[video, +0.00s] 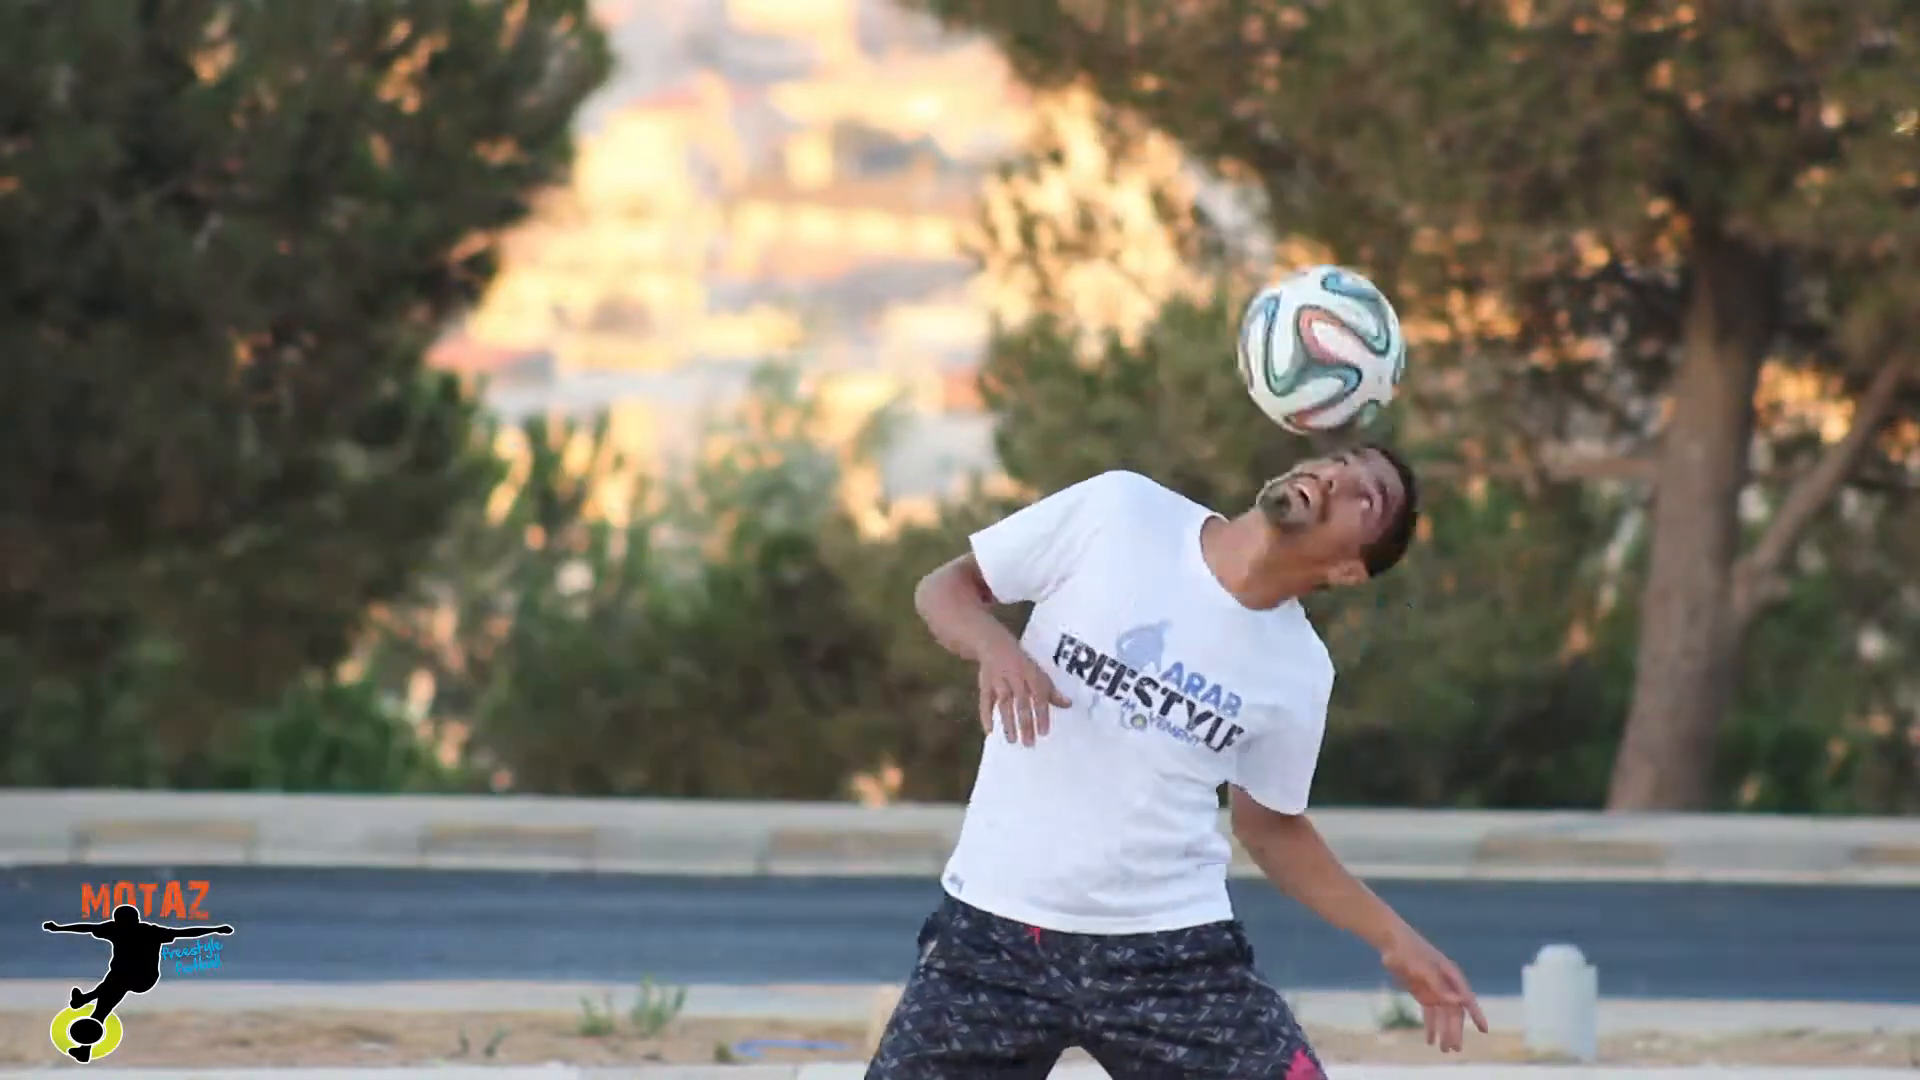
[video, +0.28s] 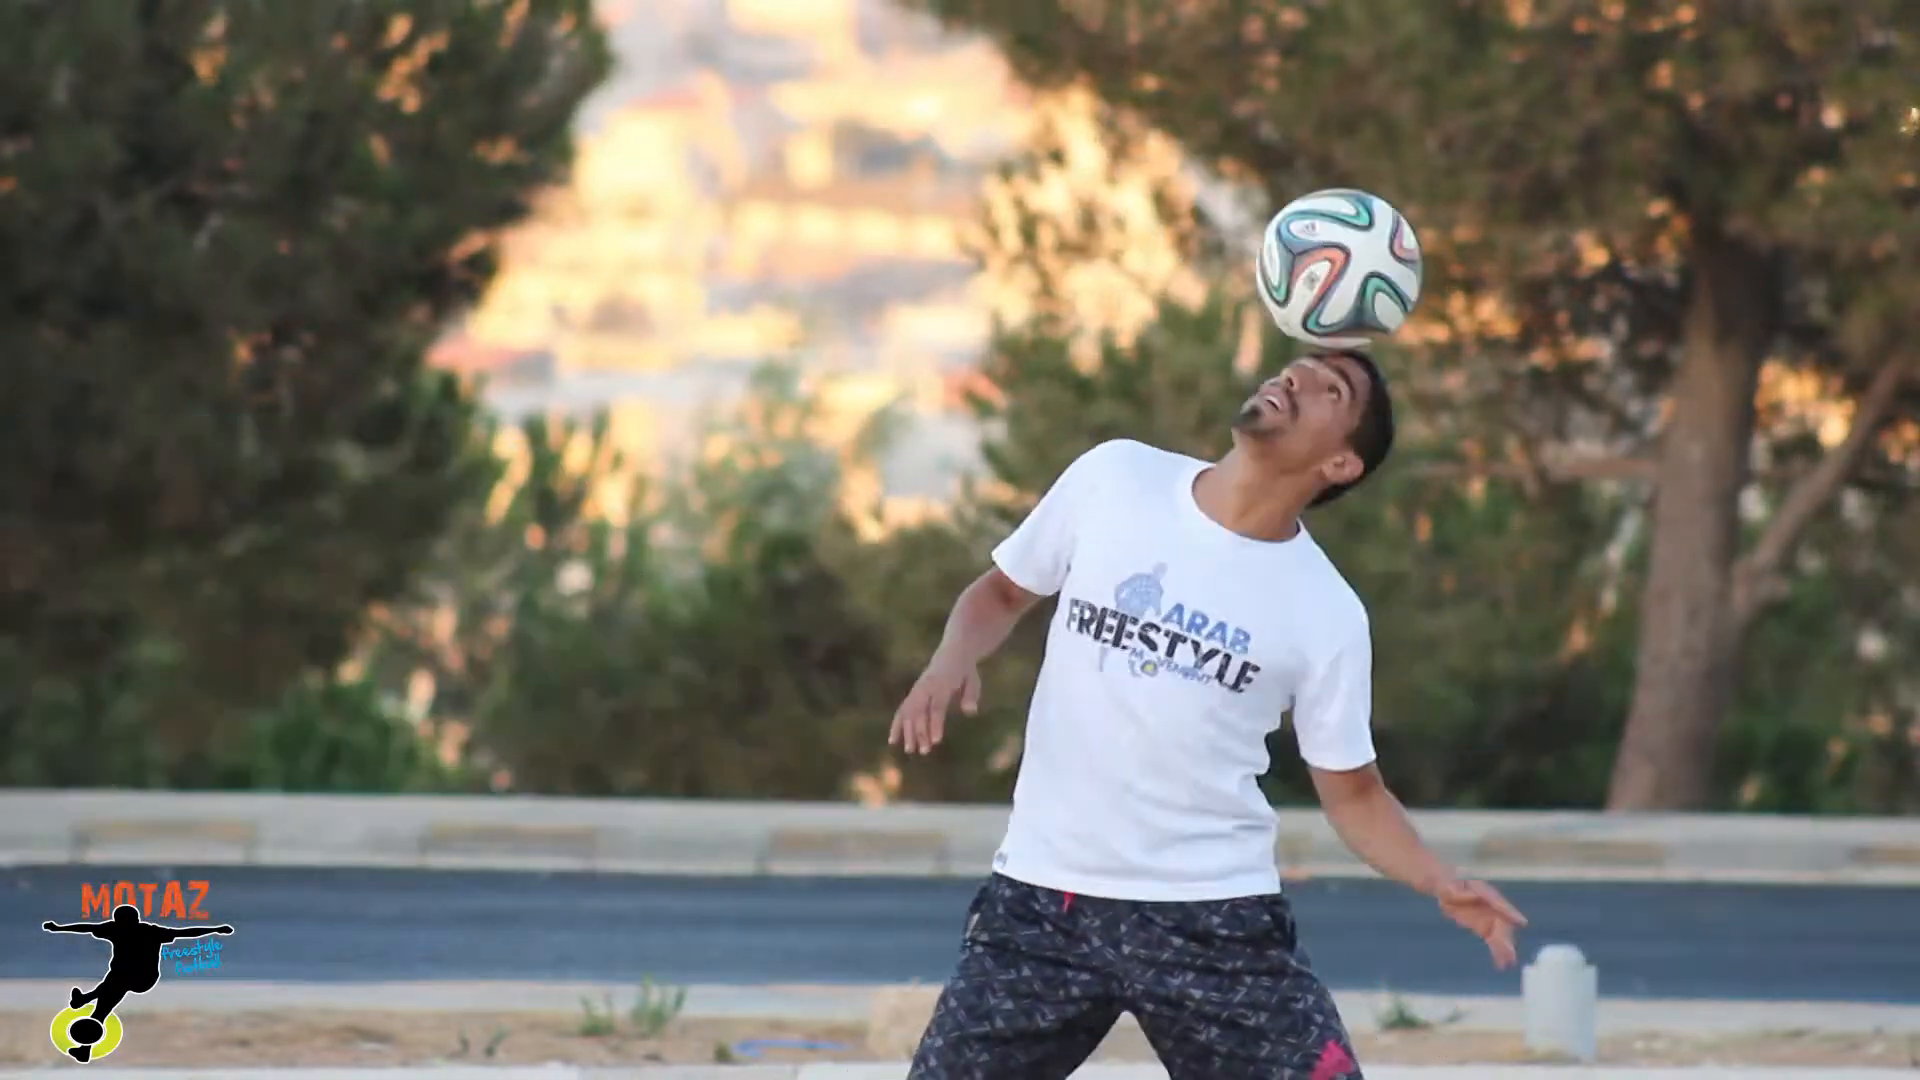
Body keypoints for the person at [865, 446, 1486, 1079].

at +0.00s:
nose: (1331, 474)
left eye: (1365, 494)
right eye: (1338, 461)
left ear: (1347, 570)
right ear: (1291, 474)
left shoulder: (1298, 672)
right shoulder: (1115, 508)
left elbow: (1270, 823)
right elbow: (942, 589)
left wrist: (1394, 940)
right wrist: (993, 643)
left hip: (1174, 967)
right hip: (987, 947)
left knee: (1296, 1072)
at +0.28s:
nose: (1293, 376)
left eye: (1332, 388)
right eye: (1298, 366)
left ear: (1342, 466)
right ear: (1257, 395)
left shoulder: (1326, 615)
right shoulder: (1111, 476)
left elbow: (1354, 792)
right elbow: (1006, 588)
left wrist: (1440, 880)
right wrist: (954, 653)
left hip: (1215, 933)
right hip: (1039, 913)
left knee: (1325, 1073)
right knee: (944, 1072)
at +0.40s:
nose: (1250, 309)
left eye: (1285, 307)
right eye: (1237, 303)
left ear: (1318, 379)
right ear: (1210, 351)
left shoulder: (1357, 520)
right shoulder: (1117, 479)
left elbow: (1428, 704)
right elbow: (1052, 635)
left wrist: (1423, 728)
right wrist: (976, 676)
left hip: (1287, 897)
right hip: (1113, 891)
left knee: (1382, 1069)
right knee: (1034, 1068)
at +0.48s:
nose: (1244, 316)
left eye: (1278, 314)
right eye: (1229, 312)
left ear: (1312, 382)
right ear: (1199, 369)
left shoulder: (1361, 521)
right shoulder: (1121, 497)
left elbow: (1459, 725)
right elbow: (1077, 666)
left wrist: (1417, 687)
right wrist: (994, 702)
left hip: (1312, 907)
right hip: (1141, 908)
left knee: (1411, 1069)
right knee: (1066, 1069)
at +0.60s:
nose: (1212, 393)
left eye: (1240, 379)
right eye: (1194, 398)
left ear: (1301, 419)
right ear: (1201, 471)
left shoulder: (1411, 547)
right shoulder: (1175, 583)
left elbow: (1535, 728)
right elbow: (1151, 760)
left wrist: (1438, 663)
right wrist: (1064, 788)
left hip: (1381, 966)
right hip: (1204, 962)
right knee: (1080, 1074)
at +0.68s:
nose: (1200, 470)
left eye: (1219, 447)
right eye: (1184, 478)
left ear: (1288, 455)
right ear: (1200, 529)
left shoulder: (1441, 554)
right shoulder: (1224, 638)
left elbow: (1596, 707)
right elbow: (1218, 822)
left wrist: (1479, 674)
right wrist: (1108, 840)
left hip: (1438, 999)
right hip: (1253, 993)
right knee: (1127, 1072)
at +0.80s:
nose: (1218, 482)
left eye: (1222, 463)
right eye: (1206, 503)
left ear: (1291, 457)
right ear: (1246, 558)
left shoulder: (1480, 521)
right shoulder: (1272, 644)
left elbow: (1643, 632)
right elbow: (1290, 824)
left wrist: (1618, 684)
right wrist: (1173, 859)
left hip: (1500, 976)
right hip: (1313, 976)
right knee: (1200, 1071)